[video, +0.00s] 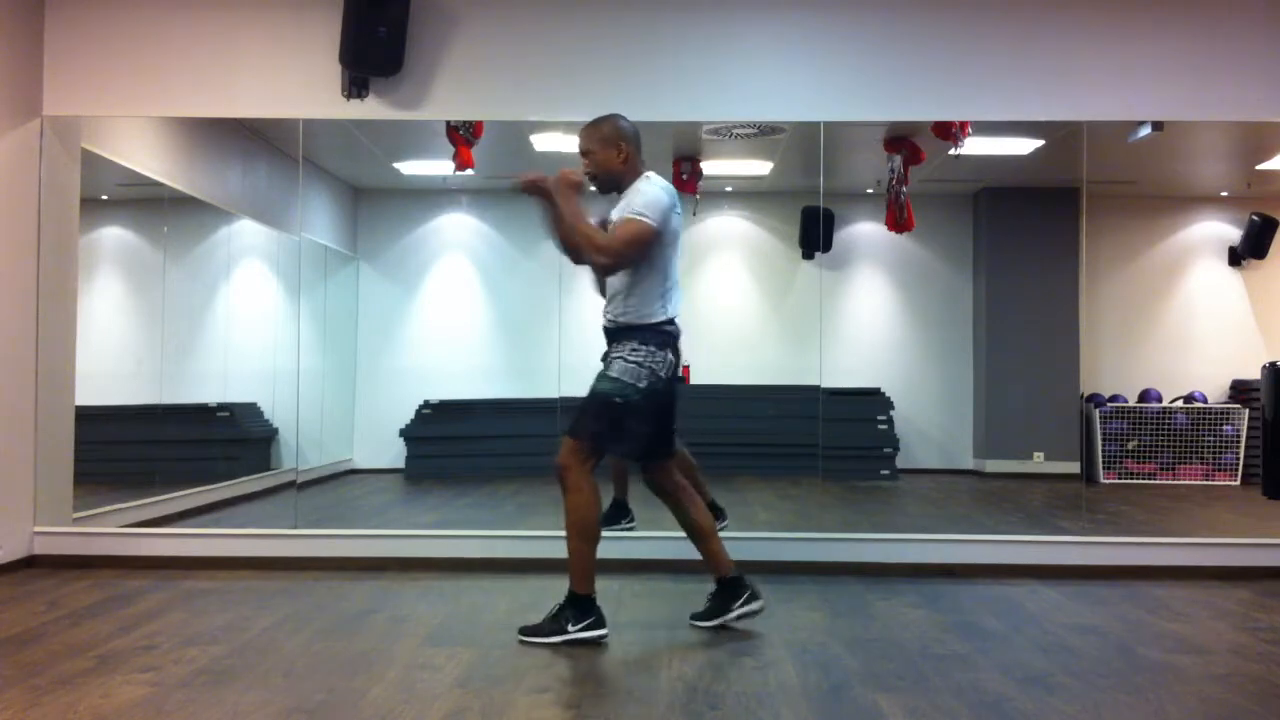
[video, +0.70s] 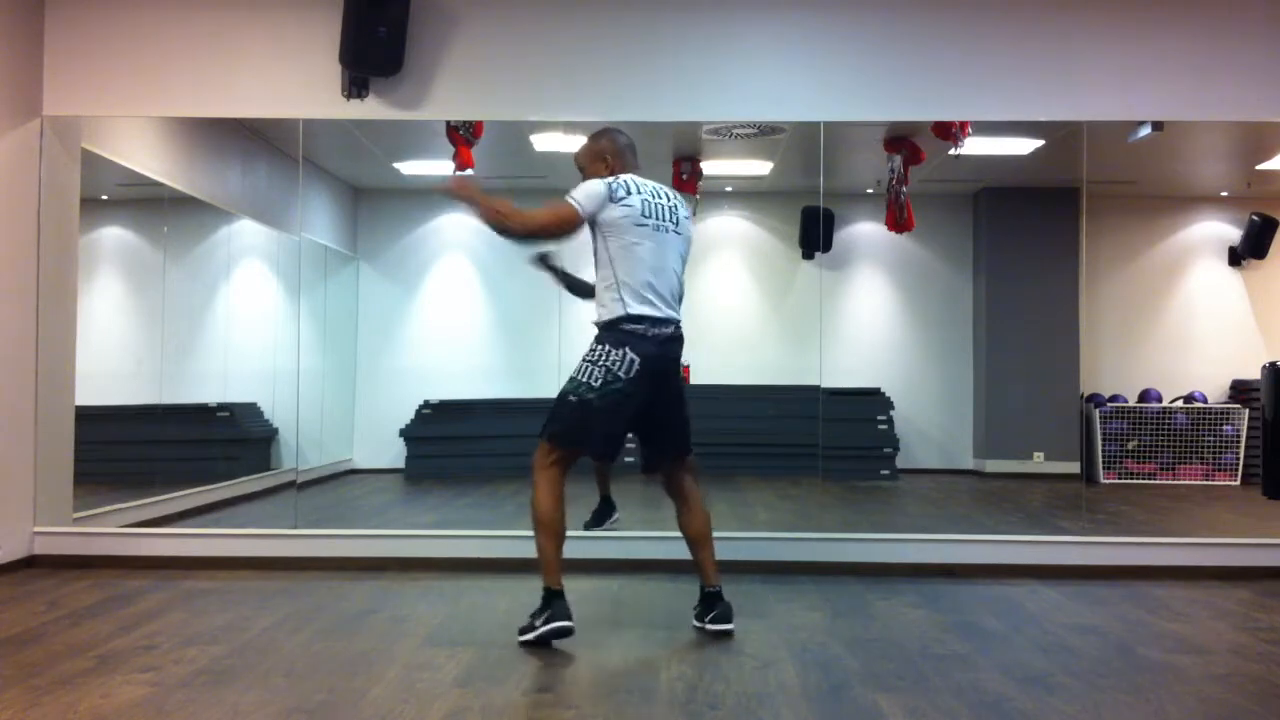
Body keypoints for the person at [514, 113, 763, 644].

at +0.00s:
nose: (585, 165)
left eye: (589, 155)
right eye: (583, 156)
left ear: (621, 151)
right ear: (620, 152)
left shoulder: (653, 192)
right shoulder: (624, 199)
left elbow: (607, 255)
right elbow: (580, 251)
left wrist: (568, 199)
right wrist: (552, 201)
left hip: (642, 350)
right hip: (637, 348)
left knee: (574, 461)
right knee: (662, 472)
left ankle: (581, 605)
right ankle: (731, 584)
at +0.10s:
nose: (587, 167)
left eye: (592, 156)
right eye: (584, 158)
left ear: (626, 152)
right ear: (612, 155)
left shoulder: (665, 199)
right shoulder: (613, 195)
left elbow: (633, 263)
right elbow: (532, 203)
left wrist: (593, 204)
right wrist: (478, 182)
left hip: (645, 349)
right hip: (623, 346)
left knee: (580, 460)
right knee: (656, 473)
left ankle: (582, 605)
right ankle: (729, 575)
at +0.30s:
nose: (576, 169)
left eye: (581, 159)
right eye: (573, 160)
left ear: (614, 153)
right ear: (608, 154)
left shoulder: (649, 198)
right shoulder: (608, 199)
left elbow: (607, 268)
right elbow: (542, 229)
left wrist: (582, 206)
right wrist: (497, 192)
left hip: (641, 351)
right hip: (623, 350)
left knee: (576, 463)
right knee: (646, 472)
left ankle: (582, 606)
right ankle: (722, 576)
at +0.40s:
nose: (570, 171)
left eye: (574, 161)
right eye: (568, 162)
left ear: (604, 156)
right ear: (609, 156)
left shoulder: (626, 194)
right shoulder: (642, 194)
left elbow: (567, 253)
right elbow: (588, 262)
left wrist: (551, 199)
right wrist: (566, 207)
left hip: (633, 349)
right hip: (654, 347)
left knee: (561, 464)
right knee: (662, 472)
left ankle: (579, 607)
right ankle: (711, 593)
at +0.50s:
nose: (578, 177)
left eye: (581, 167)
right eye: (577, 168)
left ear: (606, 159)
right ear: (621, 158)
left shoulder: (605, 192)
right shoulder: (673, 200)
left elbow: (529, 223)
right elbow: (648, 282)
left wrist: (488, 189)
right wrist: (583, 283)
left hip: (624, 350)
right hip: (670, 351)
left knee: (555, 462)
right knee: (680, 472)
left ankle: (561, 603)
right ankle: (712, 598)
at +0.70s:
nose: (584, 181)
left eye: (585, 172)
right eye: (582, 173)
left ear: (607, 160)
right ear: (628, 159)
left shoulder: (606, 189)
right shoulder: (678, 206)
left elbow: (522, 226)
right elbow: (637, 292)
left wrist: (472, 195)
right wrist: (564, 278)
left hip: (620, 349)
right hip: (666, 353)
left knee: (549, 463)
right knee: (680, 475)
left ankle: (553, 602)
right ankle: (714, 598)